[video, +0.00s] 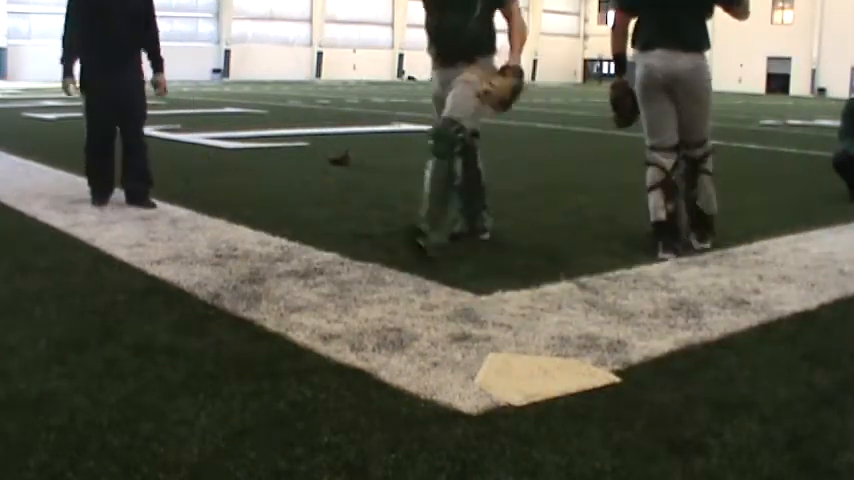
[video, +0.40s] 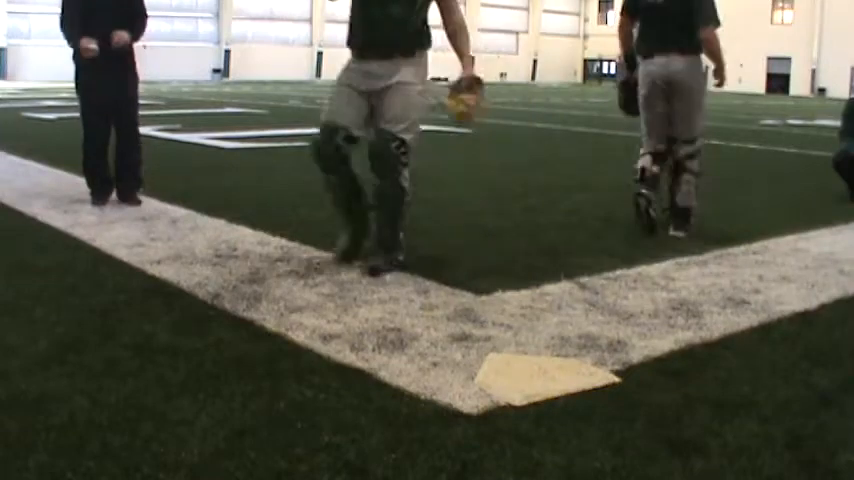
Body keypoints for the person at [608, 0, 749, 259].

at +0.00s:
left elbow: (619, 24)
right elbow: (741, 11)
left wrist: (620, 75)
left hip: (649, 62)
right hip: (691, 63)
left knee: (659, 152)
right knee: (698, 151)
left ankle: (664, 239)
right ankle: (702, 233)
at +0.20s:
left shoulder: (641, 2)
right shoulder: (705, 2)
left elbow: (622, 30)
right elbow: (733, 30)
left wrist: (625, 76)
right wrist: (733, 8)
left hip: (650, 65)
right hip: (689, 67)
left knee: (659, 149)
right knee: (689, 151)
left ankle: (661, 227)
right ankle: (684, 218)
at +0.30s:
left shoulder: (641, 1)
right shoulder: (705, 1)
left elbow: (625, 28)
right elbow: (717, 31)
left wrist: (628, 66)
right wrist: (732, 45)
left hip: (652, 66)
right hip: (689, 65)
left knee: (653, 148)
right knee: (688, 148)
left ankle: (655, 193)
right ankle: (684, 213)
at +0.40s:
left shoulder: (638, 1)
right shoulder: (700, 2)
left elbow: (624, 26)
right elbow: (707, 35)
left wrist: (630, 64)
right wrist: (719, 65)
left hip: (651, 63)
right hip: (686, 62)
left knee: (652, 144)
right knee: (687, 146)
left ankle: (645, 187)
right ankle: (681, 218)